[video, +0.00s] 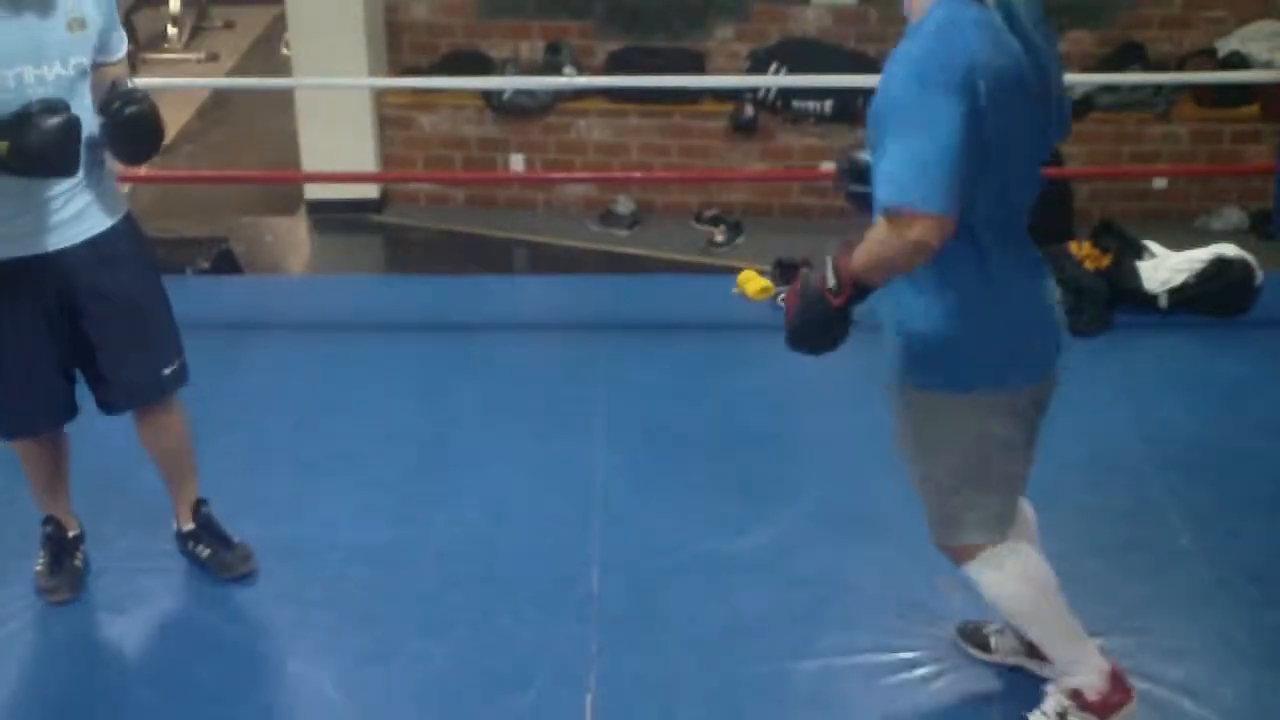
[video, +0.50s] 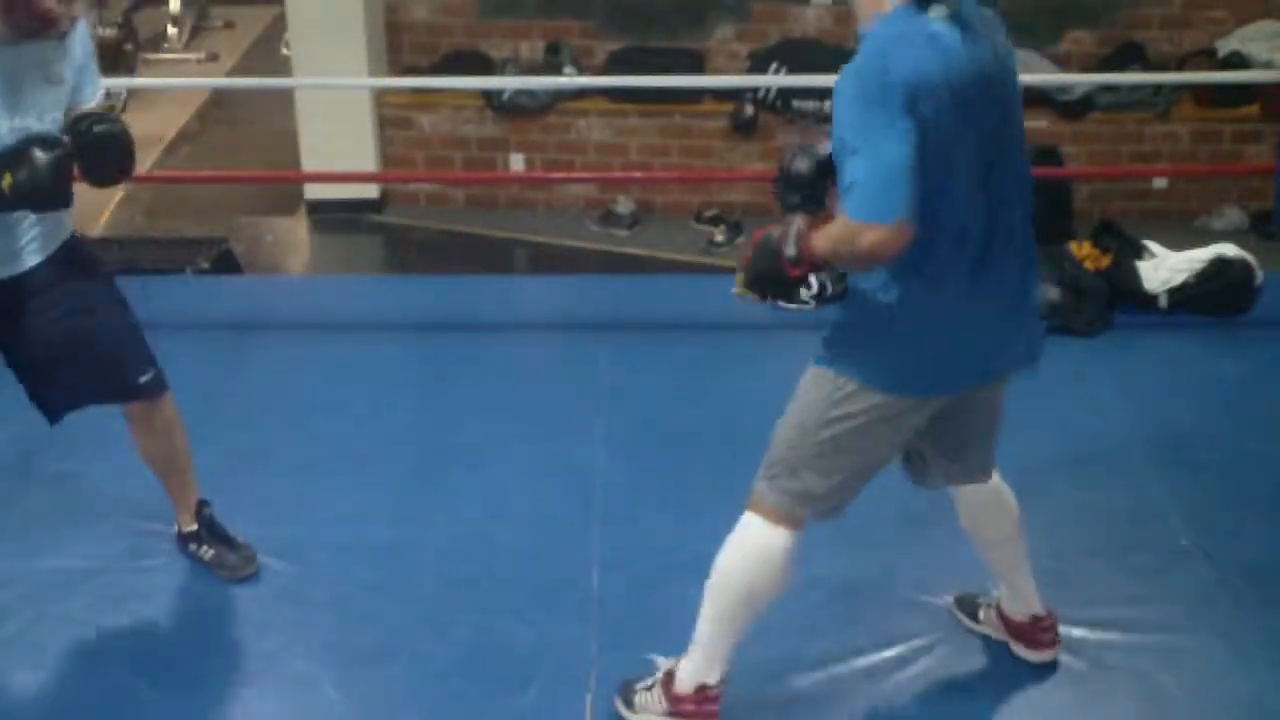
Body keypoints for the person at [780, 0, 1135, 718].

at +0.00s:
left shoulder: (926, 62)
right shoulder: (1013, 27)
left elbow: (919, 225)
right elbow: (1039, 149)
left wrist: (836, 283)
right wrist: (893, 179)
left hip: (963, 347)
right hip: (1017, 323)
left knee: (970, 534)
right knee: (999, 496)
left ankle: (1093, 683)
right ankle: (1038, 632)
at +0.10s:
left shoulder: (947, 60)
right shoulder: (1018, 30)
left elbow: (948, 233)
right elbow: (1026, 172)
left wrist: (843, 285)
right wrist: (903, 183)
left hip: (961, 335)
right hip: (1016, 319)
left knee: (920, 518)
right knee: (994, 493)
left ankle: (1060, 662)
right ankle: (1026, 633)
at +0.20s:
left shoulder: (949, 20)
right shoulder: (1019, 8)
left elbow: (972, 175)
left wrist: (870, 243)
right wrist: (901, 151)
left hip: (953, 294)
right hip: (1019, 279)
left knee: (880, 476)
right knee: (994, 442)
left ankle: (990, 636)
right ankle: (1035, 607)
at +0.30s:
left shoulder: (929, 7)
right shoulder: (1024, 7)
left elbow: (967, 140)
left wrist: (877, 212)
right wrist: (891, 107)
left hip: (940, 275)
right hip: (1020, 263)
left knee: (837, 454)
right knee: (984, 421)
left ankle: (882, 649)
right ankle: (1027, 594)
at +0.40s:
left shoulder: (916, 19)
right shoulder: (1014, 9)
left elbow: (930, 171)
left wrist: (840, 221)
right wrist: (874, 127)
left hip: (916, 298)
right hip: (997, 285)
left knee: (806, 470)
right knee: (979, 440)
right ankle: (1022, 603)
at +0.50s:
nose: (835, 8)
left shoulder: (877, 74)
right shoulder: (978, 29)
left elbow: (882, 230)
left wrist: (797, 246)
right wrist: (848, 173)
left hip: (899, 334)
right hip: (992, 318)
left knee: (778, 503)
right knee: (968, 469)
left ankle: (693, 684)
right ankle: (1027, 616)